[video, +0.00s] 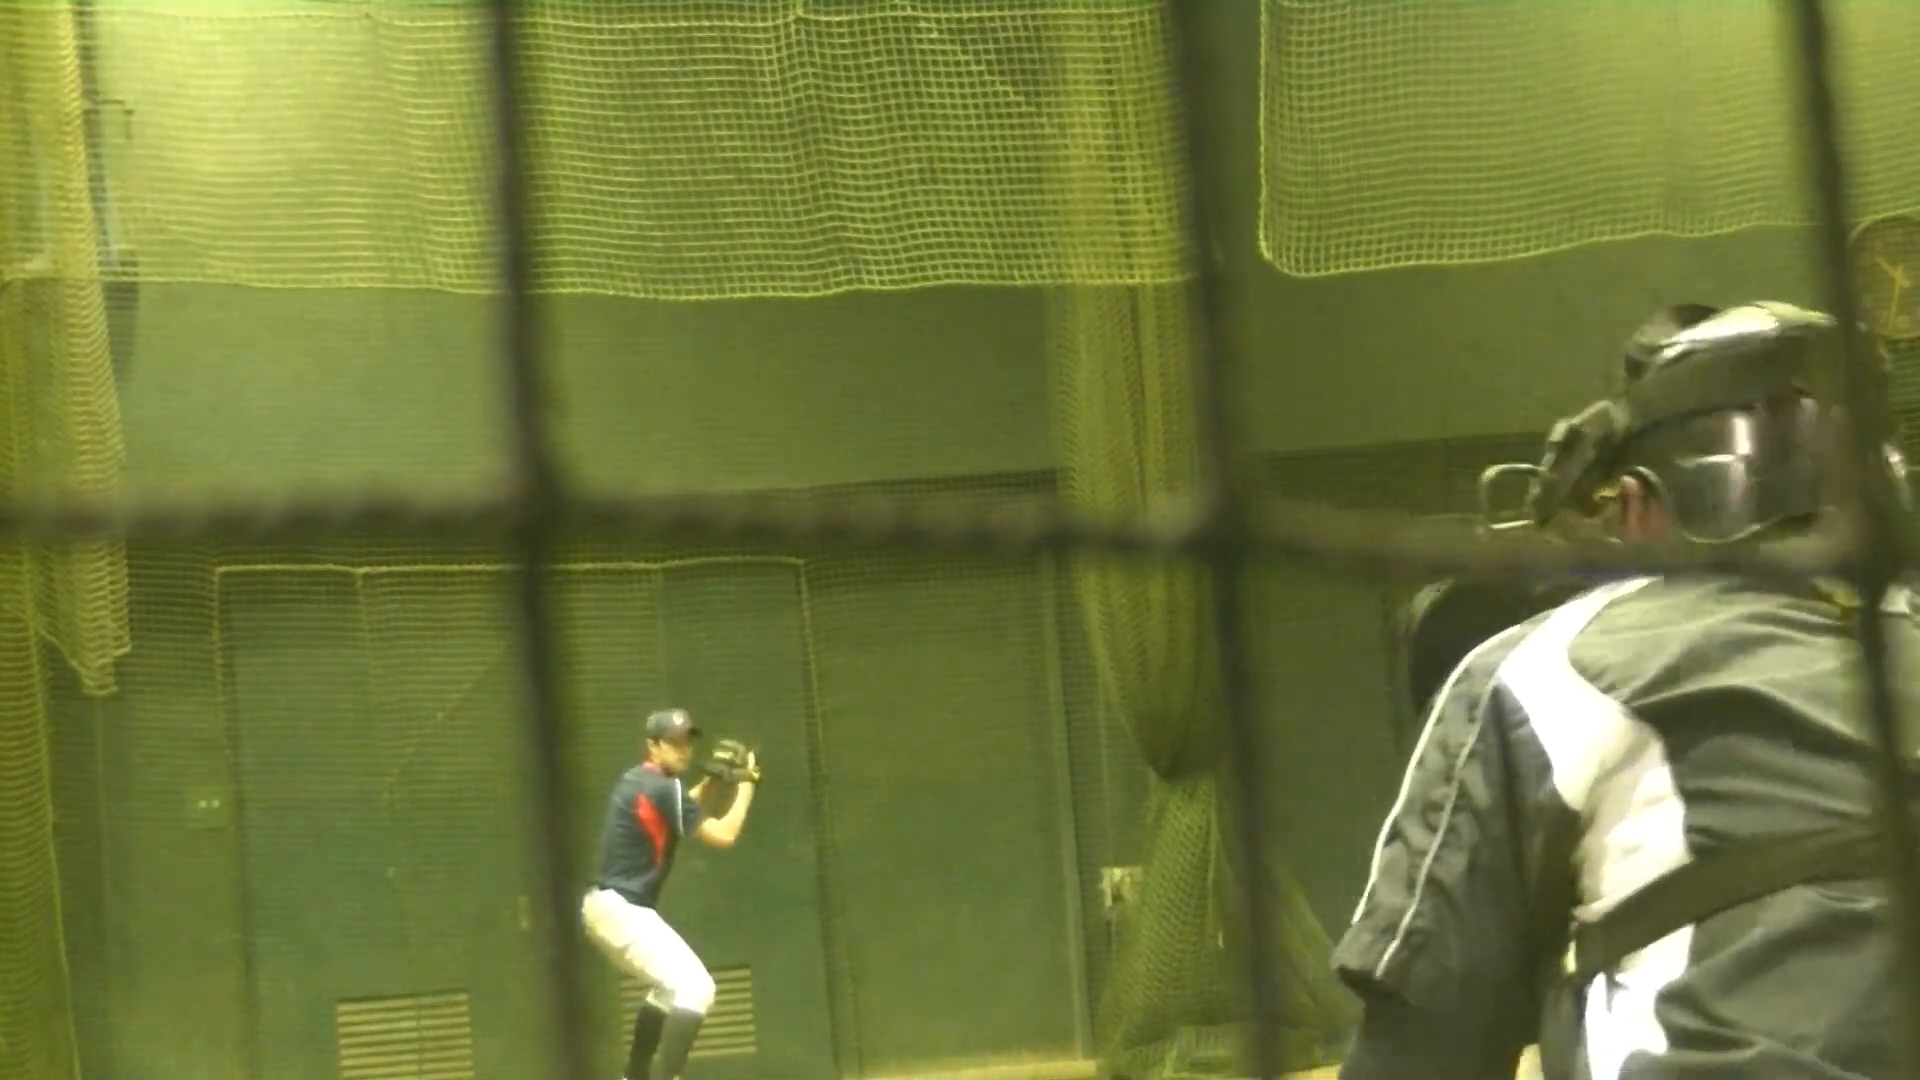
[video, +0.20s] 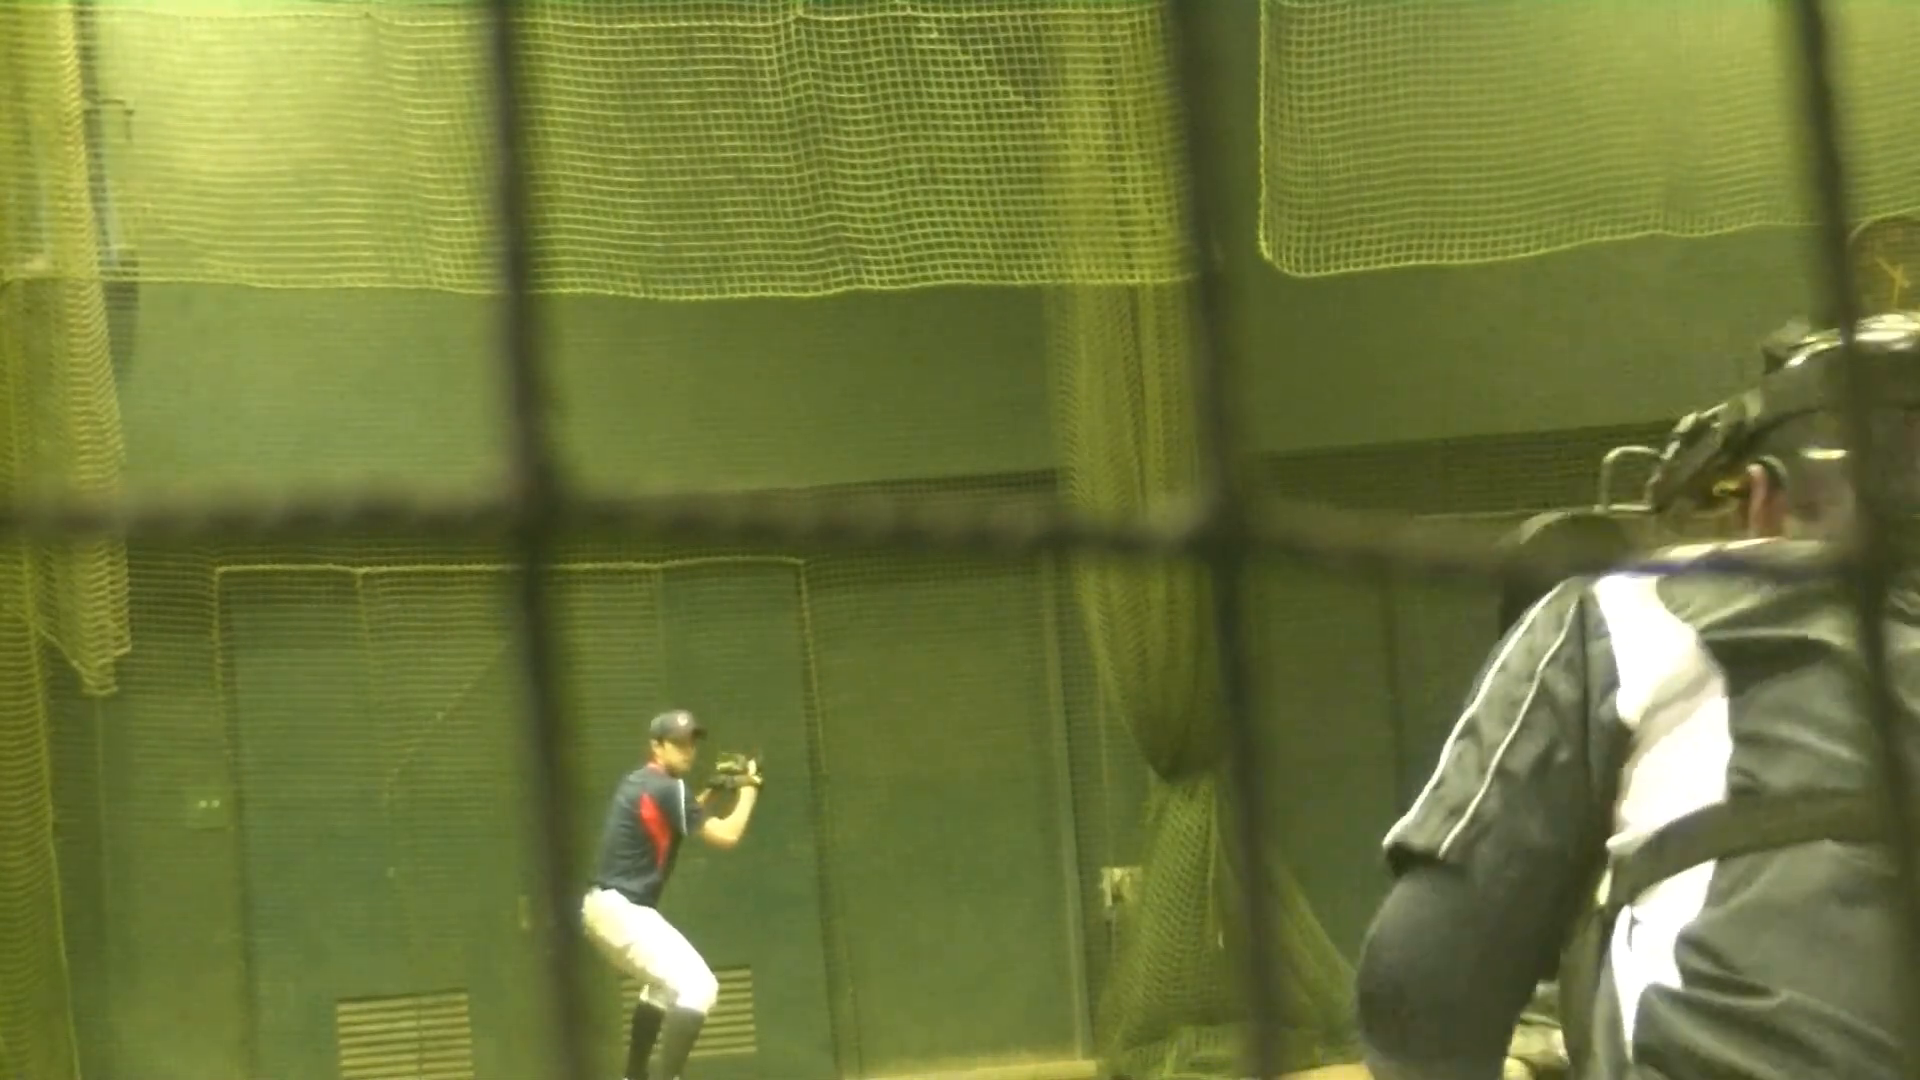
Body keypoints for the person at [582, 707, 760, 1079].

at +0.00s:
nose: (685, 751)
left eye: (688, 743)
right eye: (676, 744)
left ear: (690, 743)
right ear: (653, 746)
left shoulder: (633, 780)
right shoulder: (662, 789)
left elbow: (688, 809)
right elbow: (723, 836)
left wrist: (720, 776)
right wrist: (746, 785)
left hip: (601, 905)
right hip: (622, 910)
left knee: (668, 985)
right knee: (696, 989)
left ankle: (636, 1072)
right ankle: (667, 1072)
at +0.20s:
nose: (690, 752)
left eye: (692, 744)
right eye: (681, 744)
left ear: (694, 744)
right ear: (657, 746)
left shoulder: (637, 781)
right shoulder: (667, 788)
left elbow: (686, 819)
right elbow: (726, 836)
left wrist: (719, 787)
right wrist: (749, 789)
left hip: (601, 905)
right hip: (624, 909)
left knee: (663, 982)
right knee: (700, 987)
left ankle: (635, 1072)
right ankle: (668, 1072)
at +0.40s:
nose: (690, 747)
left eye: (692, 739)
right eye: (681, 739)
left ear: (691, 740)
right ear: (658, 741)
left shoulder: (642, 777)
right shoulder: (663, 783)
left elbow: (686, 816)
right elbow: (726, 828)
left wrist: (716, 789)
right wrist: (748, 784)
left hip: (605, 901)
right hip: (622, 904)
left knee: (665, 983)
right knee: (696, 987)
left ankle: (639, 1072)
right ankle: (667, 1072)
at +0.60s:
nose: (689, 746)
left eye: (692, 738)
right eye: (680, 738)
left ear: (694, 739)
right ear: (658, 740)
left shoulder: (642, 776)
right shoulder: (662, 781)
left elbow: (685, 815)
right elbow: (724, 826)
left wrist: (715, 787)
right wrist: (748, 783)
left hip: (605, 899)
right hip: (622, 902)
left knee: (666, 984)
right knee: (693, 986)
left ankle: (638, 1073)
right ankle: (666, 1073)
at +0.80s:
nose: (688, 749)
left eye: (690, 741)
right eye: (681, 741)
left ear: (658, 744)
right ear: (656, 741)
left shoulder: (639, 777)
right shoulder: (664, 782)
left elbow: (688, 817)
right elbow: (725, 828)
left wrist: (718, 785)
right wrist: (747, 784)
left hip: (604, 902)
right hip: (625, 905)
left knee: (664, 985)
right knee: (695, 988)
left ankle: (640, 1073)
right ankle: (666, 1073)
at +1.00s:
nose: (690, 739)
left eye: (692, 731)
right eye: (683, 732)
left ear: (657, 736)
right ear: (660, 734)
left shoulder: (638, 770)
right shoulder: (668, 774)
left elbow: (680, 808)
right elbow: (732, 814)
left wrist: (712, 783)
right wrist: (744, 771)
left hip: (603, 894)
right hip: (623, 898)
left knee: (665, 984)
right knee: (693, 986)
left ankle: (638, 1073)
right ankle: (669, 1072)